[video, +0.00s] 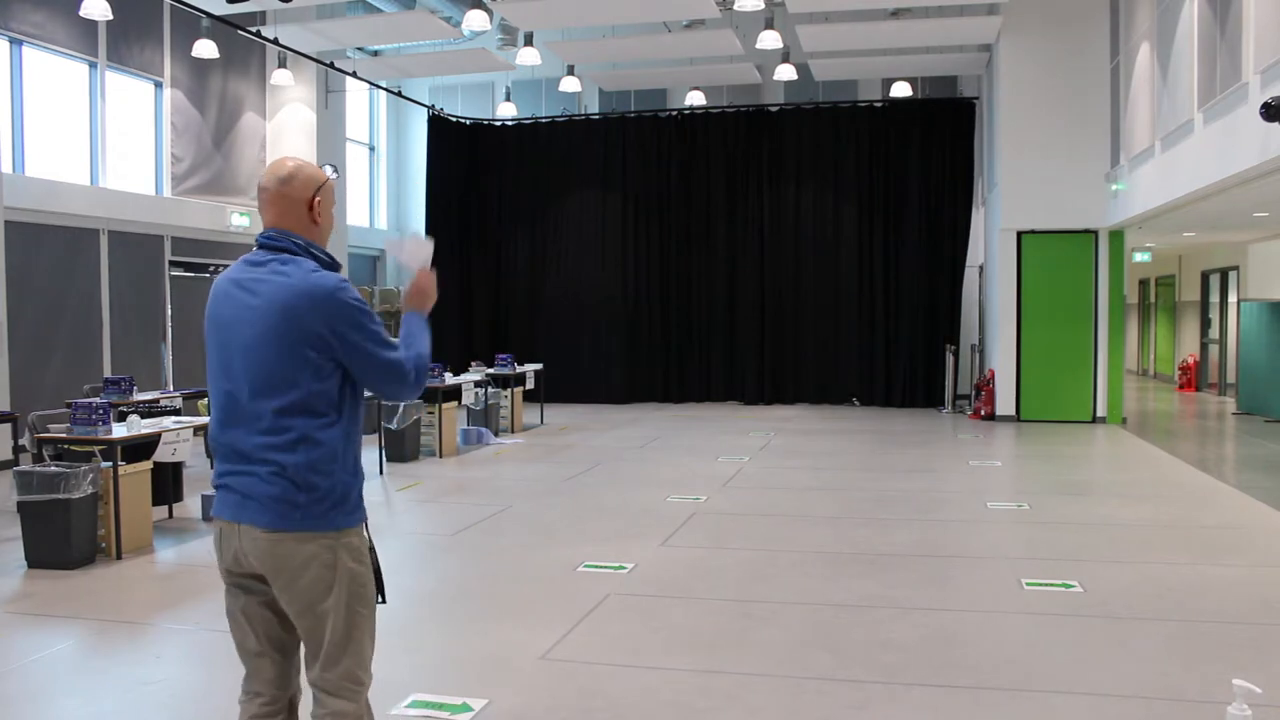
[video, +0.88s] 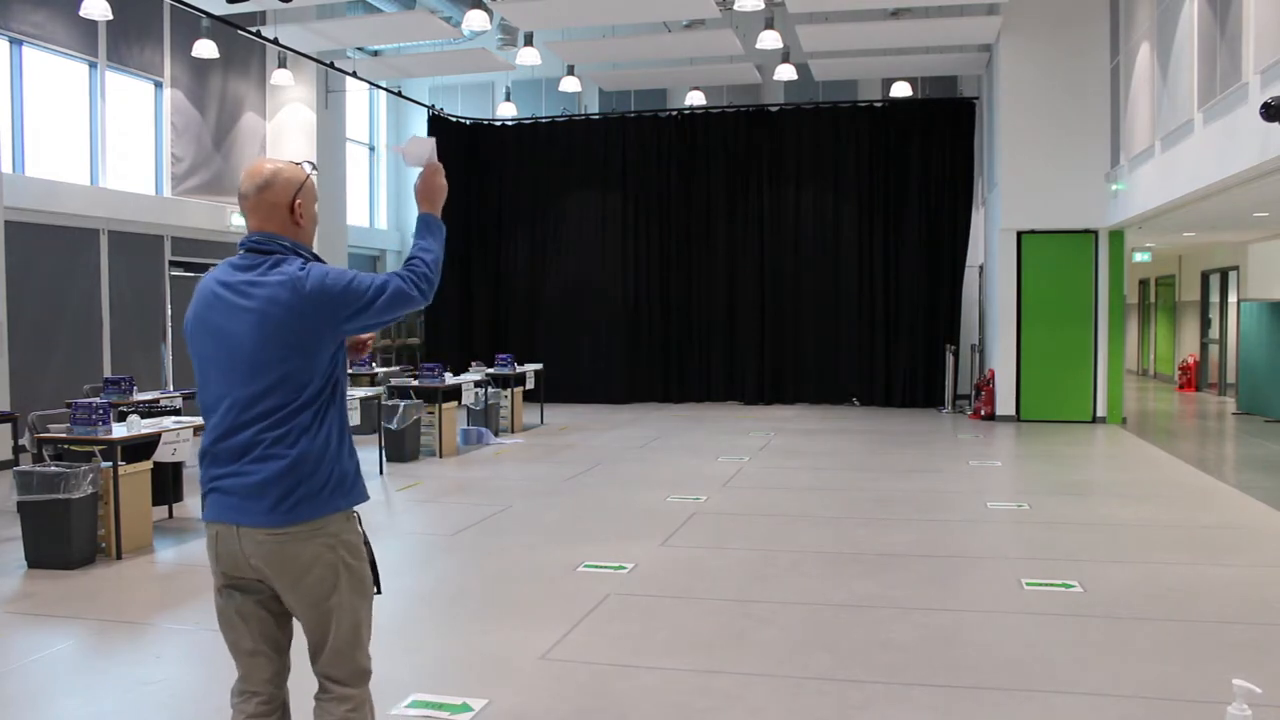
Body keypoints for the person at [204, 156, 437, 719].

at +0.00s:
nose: (333, 215)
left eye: (331, 204)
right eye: (331, 204)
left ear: (263, 210)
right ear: (317, 207)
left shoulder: (225, 287)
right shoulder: (324, 294)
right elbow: (404, 378)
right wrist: (417, 310)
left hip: (234, 525)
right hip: (312, 533)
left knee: (264, 691)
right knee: (341, 692)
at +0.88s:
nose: (316, 214)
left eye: (315, 202)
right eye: (314, 203)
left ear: (247, 213)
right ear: (299, 208)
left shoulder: (205, 293)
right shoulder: (313, 288)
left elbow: (250, 366)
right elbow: (414, 287)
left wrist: (334, 347)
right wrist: (430, 214)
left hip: (227, 525)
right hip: (309, 526)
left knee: (256, 693)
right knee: (343, 687)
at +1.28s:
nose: (353, 214)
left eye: (348, 201)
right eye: (346, 203)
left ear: (291, 220)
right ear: (330, 217)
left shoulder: (260, 294)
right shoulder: (332, 288)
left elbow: (335, 350)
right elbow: (441, 245)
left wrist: (401, 316)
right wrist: (428, 154)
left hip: (280, 525)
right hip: (345, 525)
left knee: (333, 659)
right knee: (365, 685)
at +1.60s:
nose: (386, 233)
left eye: (382, 222)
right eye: (382, 222)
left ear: (330, 234)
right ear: (367, 233)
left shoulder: (321, 301)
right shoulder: (340, 300)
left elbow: (387, 357)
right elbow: (436, 238)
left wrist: (449, 308)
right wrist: (393, 144)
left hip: (378, 510)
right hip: (373, 518)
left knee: (426, 645)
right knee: (395, 682)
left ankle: (432, 715)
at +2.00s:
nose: (443, 258)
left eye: (440, 249)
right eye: (439, 250)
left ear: (388, 263)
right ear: (430, 258)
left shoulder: (369, 333)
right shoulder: (436, 322)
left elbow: (422, 367)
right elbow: (505, 249)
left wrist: (471, 343)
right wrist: (437, 187)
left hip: (405, 518)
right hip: (453, 517)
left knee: (484, 612)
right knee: (455, 654)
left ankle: (499, 709)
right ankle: (409, 718)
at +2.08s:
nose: (453, 251)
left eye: (449, 243)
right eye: (450, 244)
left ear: (398, 262)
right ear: (444, 252)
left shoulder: (378, 336)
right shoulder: (470, 311)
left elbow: (389, 421)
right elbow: (541, 245)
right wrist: (492, 191)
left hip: (410, 512)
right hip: (469, 505)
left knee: (481, 619)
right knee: (459, 646)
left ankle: (501, 711)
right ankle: (414, 719)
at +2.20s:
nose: (464, 246)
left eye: (459, 240)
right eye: (461, 240)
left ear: (412, 262)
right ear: (459, 250)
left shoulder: (391, 328)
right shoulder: (491, 302)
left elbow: (392, 411)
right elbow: (552, 281)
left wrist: (448, 411)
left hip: (421, 494)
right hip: (484, 486)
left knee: (471, 613)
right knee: (471, 625)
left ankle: (498, 711)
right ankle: (423, 713)